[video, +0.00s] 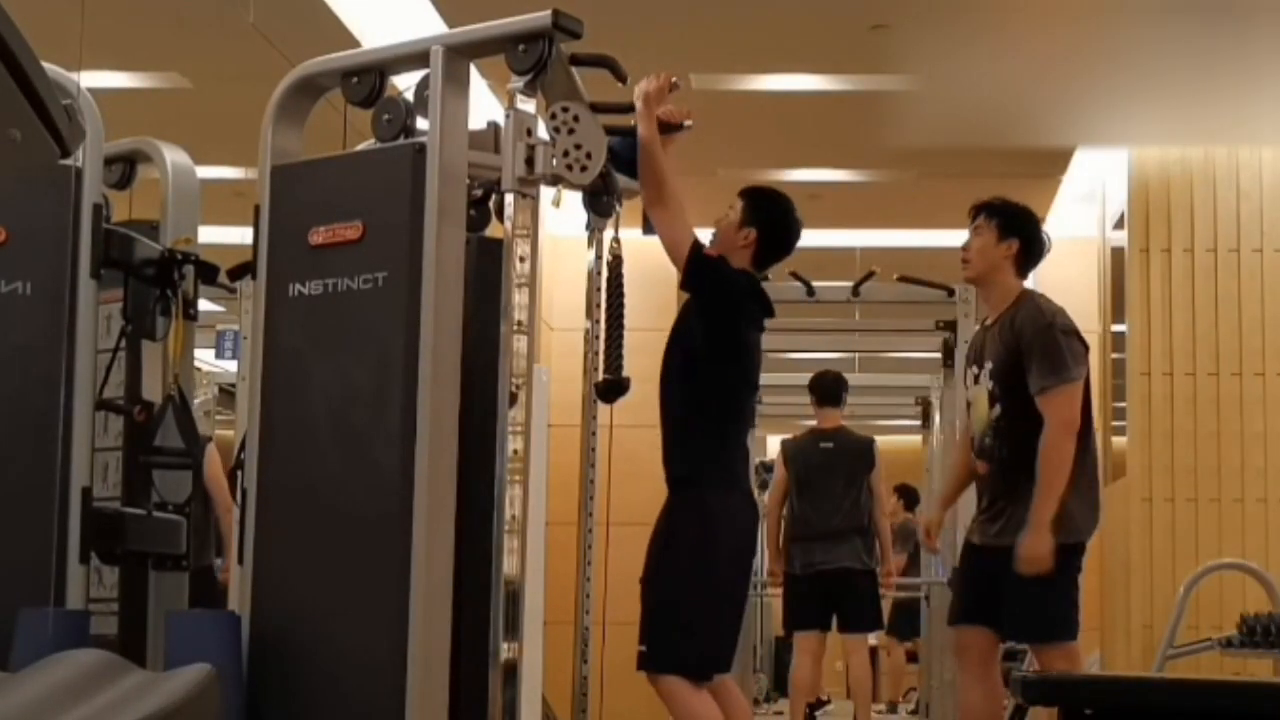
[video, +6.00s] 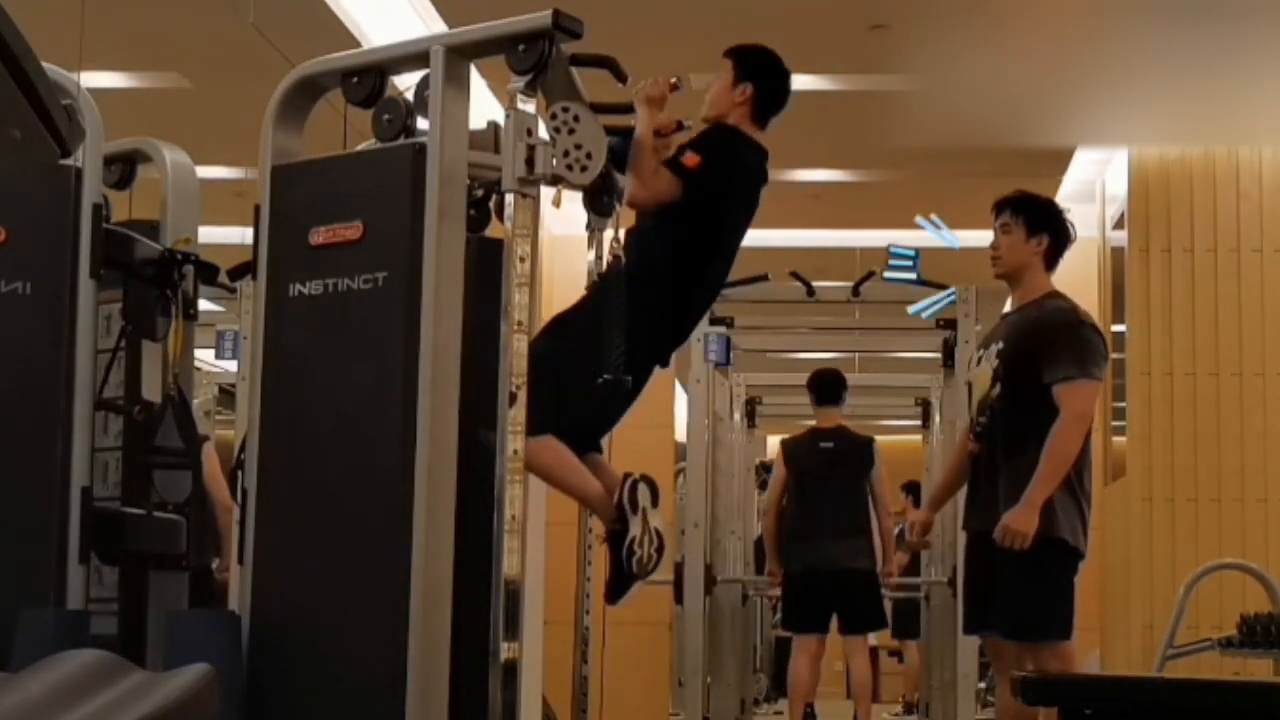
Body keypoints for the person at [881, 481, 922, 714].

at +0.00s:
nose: (889, 503)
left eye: (892, 498)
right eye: (890, 498)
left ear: (900, 500)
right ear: (910, 502)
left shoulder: (905, 525)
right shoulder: (908, 523)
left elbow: (898, 560)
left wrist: (887, 578)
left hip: (906, 592)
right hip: (913, 591)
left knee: (893, 643)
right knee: (917, 645)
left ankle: (893, 699)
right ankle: (915, 692)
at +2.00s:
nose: (894, 500)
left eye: (896, 496)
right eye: (895, 496)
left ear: (903, 497)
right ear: (912, 498)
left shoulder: (911, 523)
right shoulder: (910, 521)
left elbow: (900, 558)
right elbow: (901, 556)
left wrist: (884, 582)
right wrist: (887, 578)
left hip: (911, 590)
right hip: (908, 590)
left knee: (911, 647)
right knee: (909, 647)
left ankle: (911, 700)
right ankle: (912, 699)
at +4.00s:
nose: (893, 502)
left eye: (896, 497)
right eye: (894, 497)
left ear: (903, 499)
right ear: (914, 499)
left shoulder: (907, 526)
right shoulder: (917, 524)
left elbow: (900, 559)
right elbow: (904, 559)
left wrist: (888, 585)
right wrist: (893, 584)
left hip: (909, 593)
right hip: (916, 592)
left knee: (911, 648)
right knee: (913, 648)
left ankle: (911, 700)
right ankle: (913, 699)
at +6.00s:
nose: (900, 499)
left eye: (902, 495)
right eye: (902, 495)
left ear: (908, 496)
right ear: (918, 496)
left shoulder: (907, 522)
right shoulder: (923, 521)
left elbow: (901, 557)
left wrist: (890, 572)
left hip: (907, 589)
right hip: (919, 588)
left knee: (909, 646)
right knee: (914, 646)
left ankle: (909, 700)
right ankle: (915, 698)